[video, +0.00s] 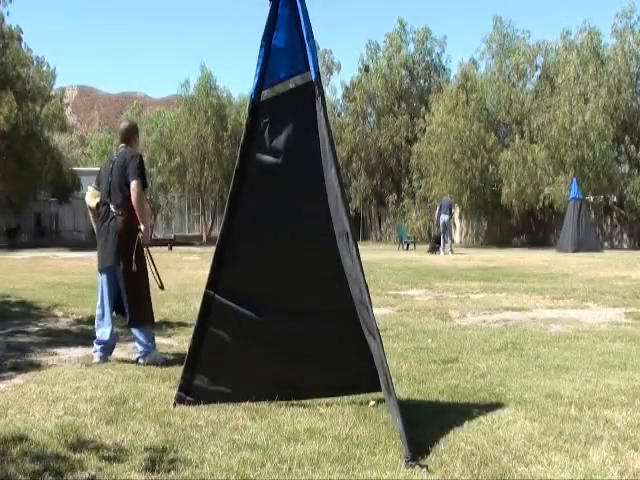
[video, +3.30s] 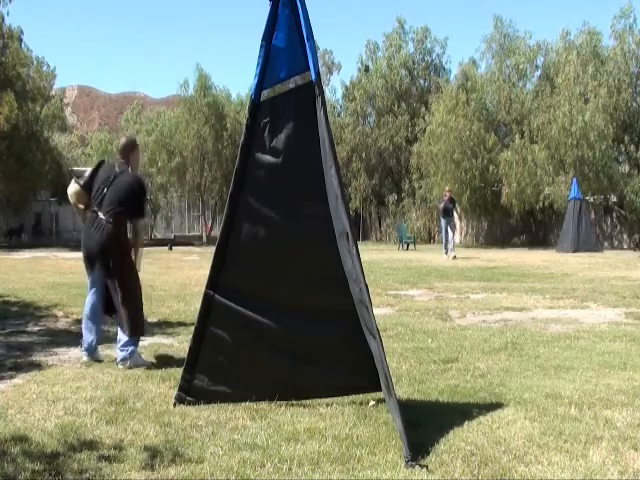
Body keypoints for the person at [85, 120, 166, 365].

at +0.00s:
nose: (140, 141)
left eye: (138, 137)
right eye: (139, 138)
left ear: (119, 139)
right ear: (136, 138)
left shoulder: (107, 163)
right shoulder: (133, 158)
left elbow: (92, 200)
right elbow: (136, 195)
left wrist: (100, 228)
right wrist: (145, 225)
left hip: (105, 234)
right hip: (125, 232)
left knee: (106, 295)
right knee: (135, 291)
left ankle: (101, 348)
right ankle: (146, 349)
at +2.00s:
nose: (146, 135)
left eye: (143, 132)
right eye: (145, 132)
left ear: (126, 135)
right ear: (141, 133)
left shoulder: (114, 159)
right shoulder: (144, 156)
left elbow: (98, 196)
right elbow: (149, 193)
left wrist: (105, 226)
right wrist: (156, 226)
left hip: (112, 229)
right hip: (134, 230)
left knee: (109, 294)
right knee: (138, 292)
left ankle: (101, 349)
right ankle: (144, 351)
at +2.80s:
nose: (140, 140)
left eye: (138, 136)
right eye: (139, 136)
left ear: (120, 138)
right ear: (135, 137)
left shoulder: (110, 160)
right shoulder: (134, 156)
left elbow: (101, 194)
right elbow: (148, 181)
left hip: (106, 223)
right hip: (124, 225)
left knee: (107, 288)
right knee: (132, 288)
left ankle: (96, 346)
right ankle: (144, 351)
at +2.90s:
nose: (140, 138)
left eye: (138, 135)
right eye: (139, 134)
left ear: (119, 138)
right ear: (134, 136)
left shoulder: (112, 160)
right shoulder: (128, 152)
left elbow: (110, 200)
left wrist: (140, 214)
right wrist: (167, 149)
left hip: (100, 236)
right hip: (119, 237)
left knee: (104, 292)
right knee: (138, 289)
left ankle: (95, 347)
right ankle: (143, 350)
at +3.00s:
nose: (144, 140)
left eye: (143, 137)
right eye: (142, 136)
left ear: (123, 138)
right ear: (135, 138)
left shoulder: (110, 163)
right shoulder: (129, 156)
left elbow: (94, 186)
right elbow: (143, 136)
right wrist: (163, 119)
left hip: (98, 238)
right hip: (118, 238)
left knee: (100, 296)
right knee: (133, 292)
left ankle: (95, 347)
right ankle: (130, 349)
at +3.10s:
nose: (144, 151)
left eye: (141, 148)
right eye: (143, 148)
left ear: (123, 148)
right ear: (139, 149)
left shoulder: (112, 164)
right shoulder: (141, 168)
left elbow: (90, 184)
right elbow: (167, 181)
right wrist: (177, 156)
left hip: (92, 224)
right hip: (111, 229)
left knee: (94, 285)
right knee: (122, 284)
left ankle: (94, 346)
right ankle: (126, 350)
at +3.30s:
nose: (140, 158)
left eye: (138, 154)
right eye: (139, 154)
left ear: (119, 154)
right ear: (133, 155)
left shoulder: (102, 168)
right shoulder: (135, 182)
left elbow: (75, 193)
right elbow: (137, 224)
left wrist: (88, 219)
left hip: (90, 230)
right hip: (112, 236)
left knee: (95, 289)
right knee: (127, 290)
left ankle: (89, 346)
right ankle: (127, 351)